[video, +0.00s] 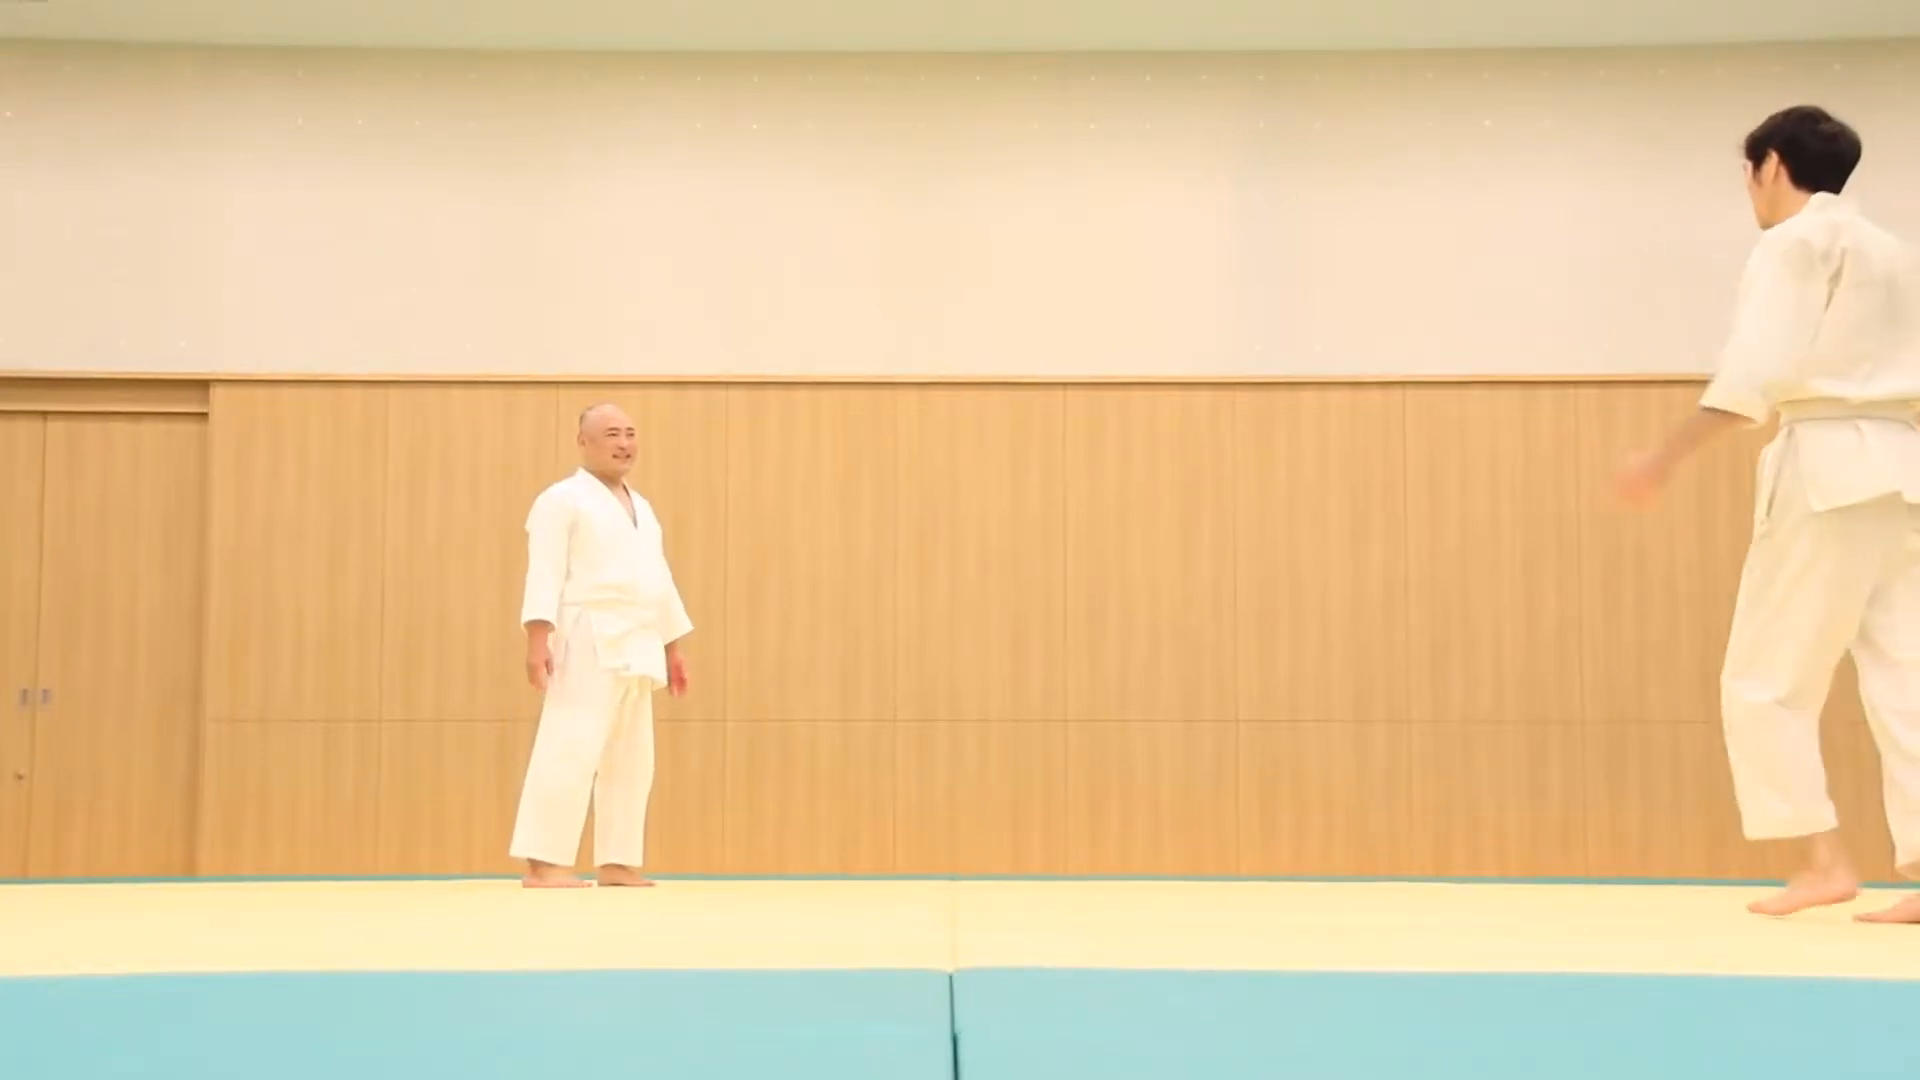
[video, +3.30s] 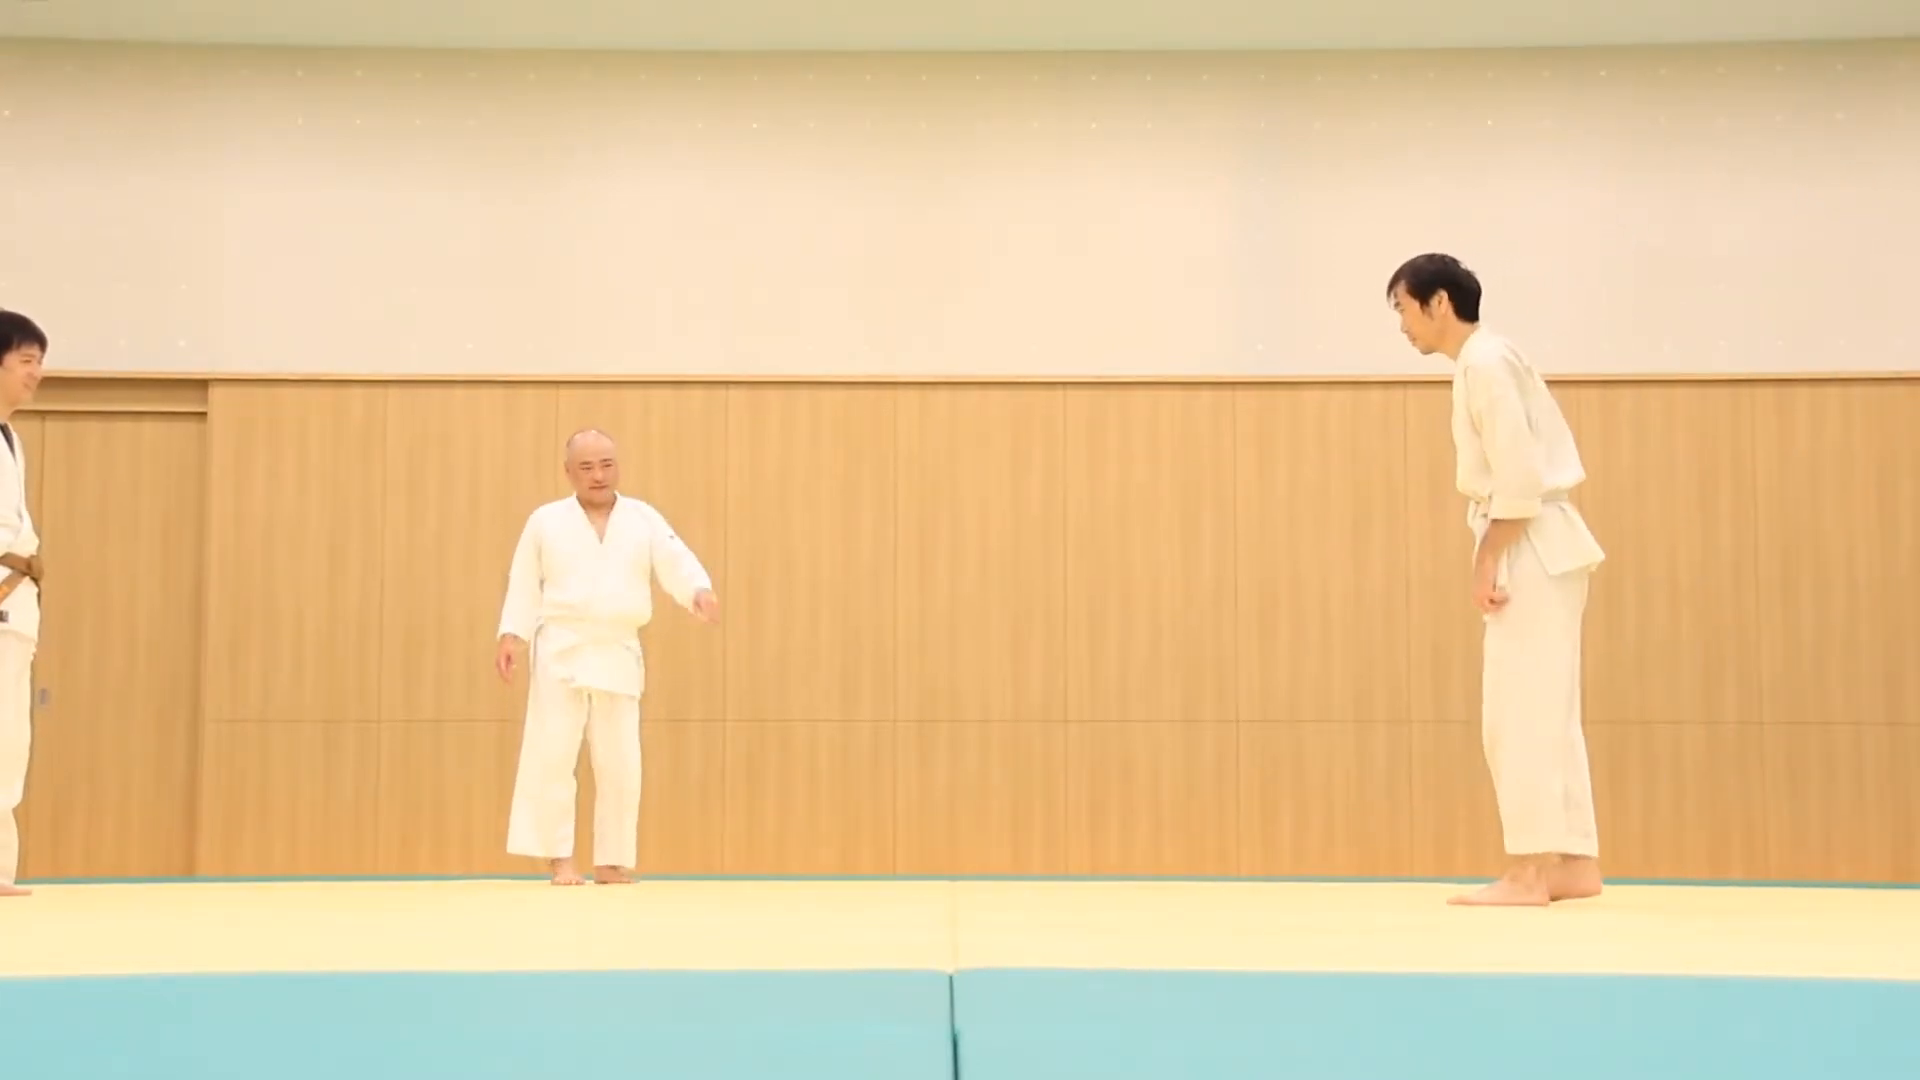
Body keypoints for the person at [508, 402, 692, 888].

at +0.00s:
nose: (624, 442)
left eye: (630, 434)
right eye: (611, 434)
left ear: (638, 443)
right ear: (583, 444)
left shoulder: (640, 506)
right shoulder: (561, 500)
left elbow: (658, 580)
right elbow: (543, 572)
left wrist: (671, 645)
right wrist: (538, 637)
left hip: (638, 648)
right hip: (584, 644)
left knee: (630, 756)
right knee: (568, 751)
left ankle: (617, 863)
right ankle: (543, 864)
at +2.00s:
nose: (618, 458)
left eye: (624, 450)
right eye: (606, 449)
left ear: (631, 459)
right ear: (580, 458)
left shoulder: (646, 517)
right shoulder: (547, 513)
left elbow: (679, 570)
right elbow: (522, 577)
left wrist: (717, 608)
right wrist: (504, 637)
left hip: (628, 649)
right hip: (565, 648)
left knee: (627, 757)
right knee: (557, 755)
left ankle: (618, 863)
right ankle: (558, 860)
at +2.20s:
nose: (603, 470)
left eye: (611, 462)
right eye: (592, 462)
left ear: (619, 468)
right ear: (567, 467)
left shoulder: (635, 514)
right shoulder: (536, 519)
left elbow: (679, 541)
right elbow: (513, 582)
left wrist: (671, 552)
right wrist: (498, 638)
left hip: (615, 650)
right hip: (555, 650)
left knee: (621, 756)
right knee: (557, 758)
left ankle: (615, 861)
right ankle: (561, 866)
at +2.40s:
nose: (597, 471)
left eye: (605, 462)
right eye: (586, 462)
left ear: (615, 467)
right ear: (563, 465)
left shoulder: (625, 511)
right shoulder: (532, 515)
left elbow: (657, 518)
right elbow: (507, 582)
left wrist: (612, 503)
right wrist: (490, 646)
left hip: (613, 647)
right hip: (553, 647)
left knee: (620, 754)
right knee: (555, 755)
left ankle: (610, 859)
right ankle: (562, 862)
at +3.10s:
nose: (601, 475)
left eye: (610, 466)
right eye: (590, 466)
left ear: (619, 470)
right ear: (568, 471)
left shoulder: (634, 512)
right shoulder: (541, 521)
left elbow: (683, 540)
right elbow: (522, 584)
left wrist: (650, 525)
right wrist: (512, 636)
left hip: (622, 651)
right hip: (565, 651)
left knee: (619, 758)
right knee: (562, 755)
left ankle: (610, 862)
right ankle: (564, 863)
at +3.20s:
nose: (599, 475)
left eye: (607, 465)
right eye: (587, 466)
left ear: (618, 468)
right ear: (568, 471)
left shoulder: (640, 515)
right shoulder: (542, 522)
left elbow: (689, 548)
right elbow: (522, 582)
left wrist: (673, 556)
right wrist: (512, 632)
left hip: (622, 651)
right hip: (564, 650)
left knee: (621, 759)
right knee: (561, 756)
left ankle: (612, 862)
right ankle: (564, 862)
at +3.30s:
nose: (598, 474)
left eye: (606, 464)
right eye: (586, 466)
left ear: (618, 467)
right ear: (569, 472)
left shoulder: (643, 519)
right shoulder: (546, 521)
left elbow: (674, 558)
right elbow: (524, 583)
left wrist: (698, 590)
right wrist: (511, 634)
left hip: (619, 652)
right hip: (559, 651)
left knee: (619, 760)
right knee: (555, 755)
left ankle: (612, 863)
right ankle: (562, 861)